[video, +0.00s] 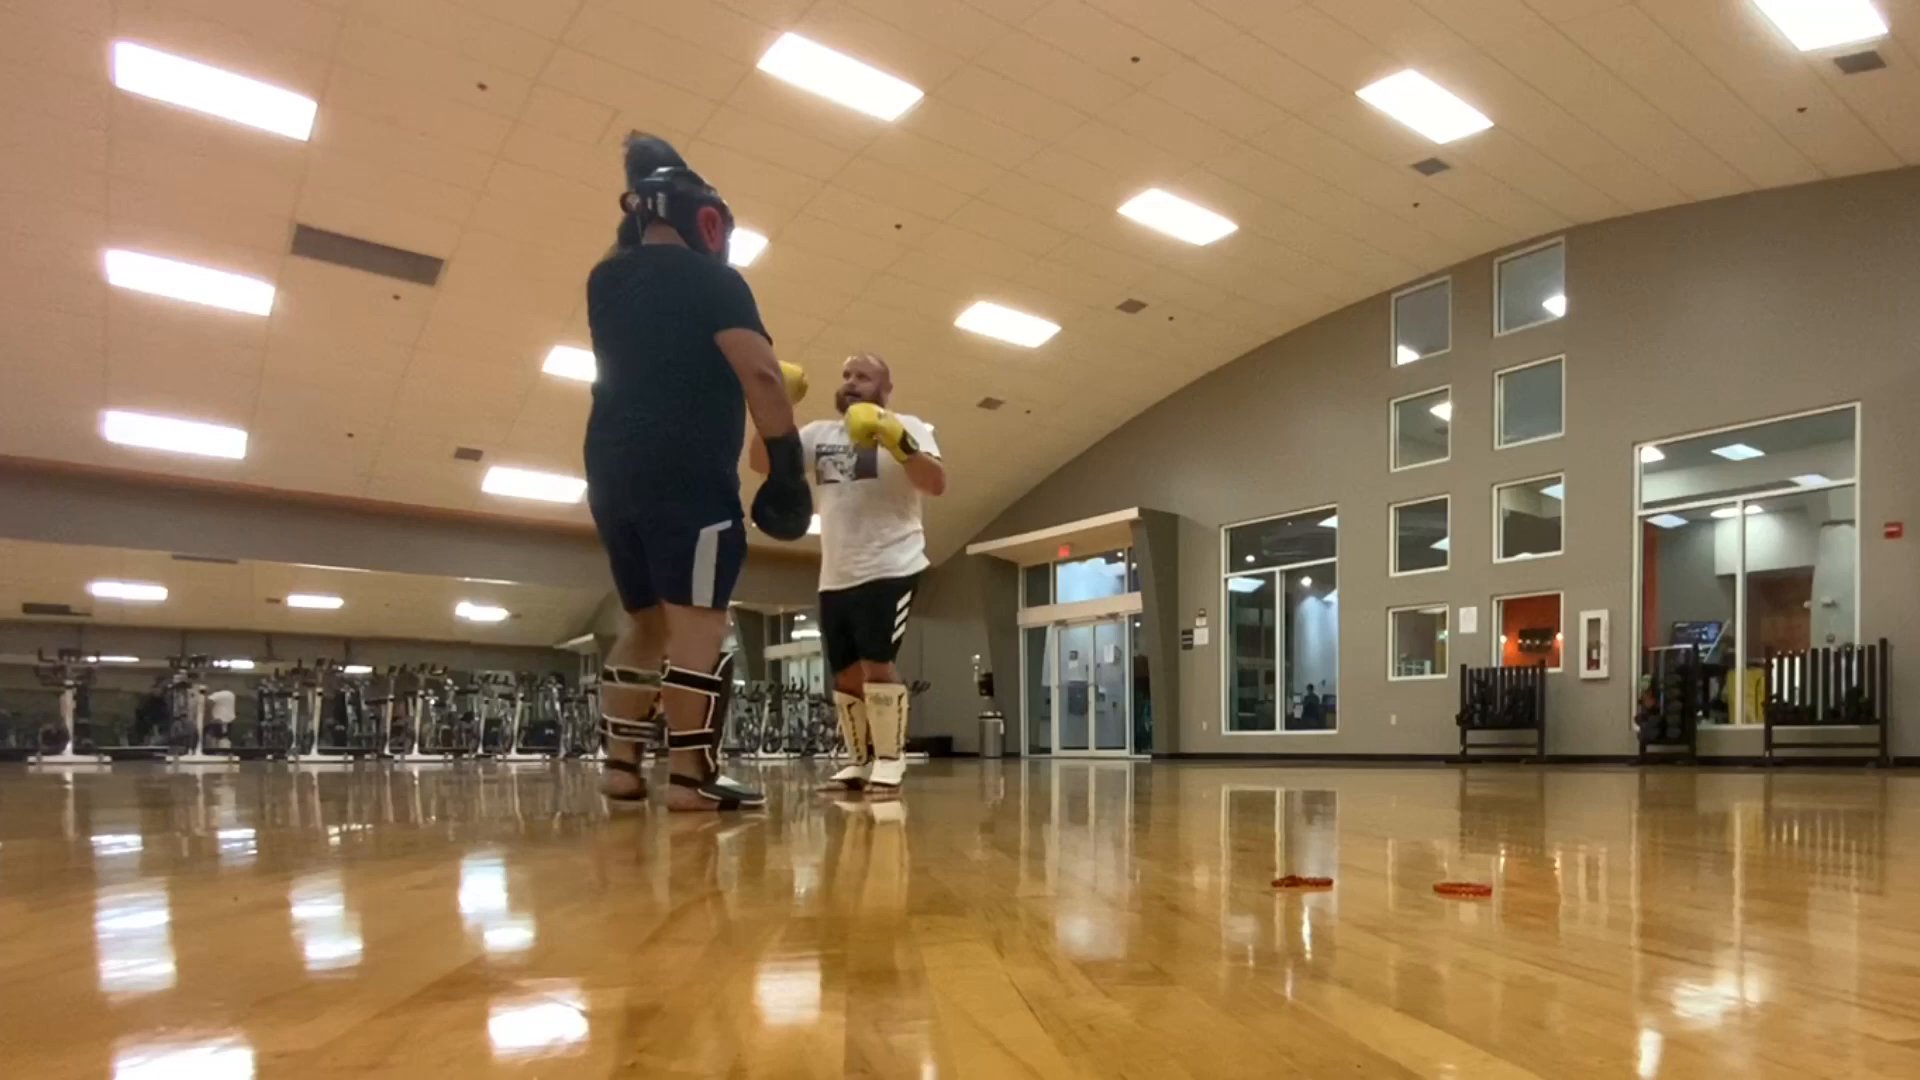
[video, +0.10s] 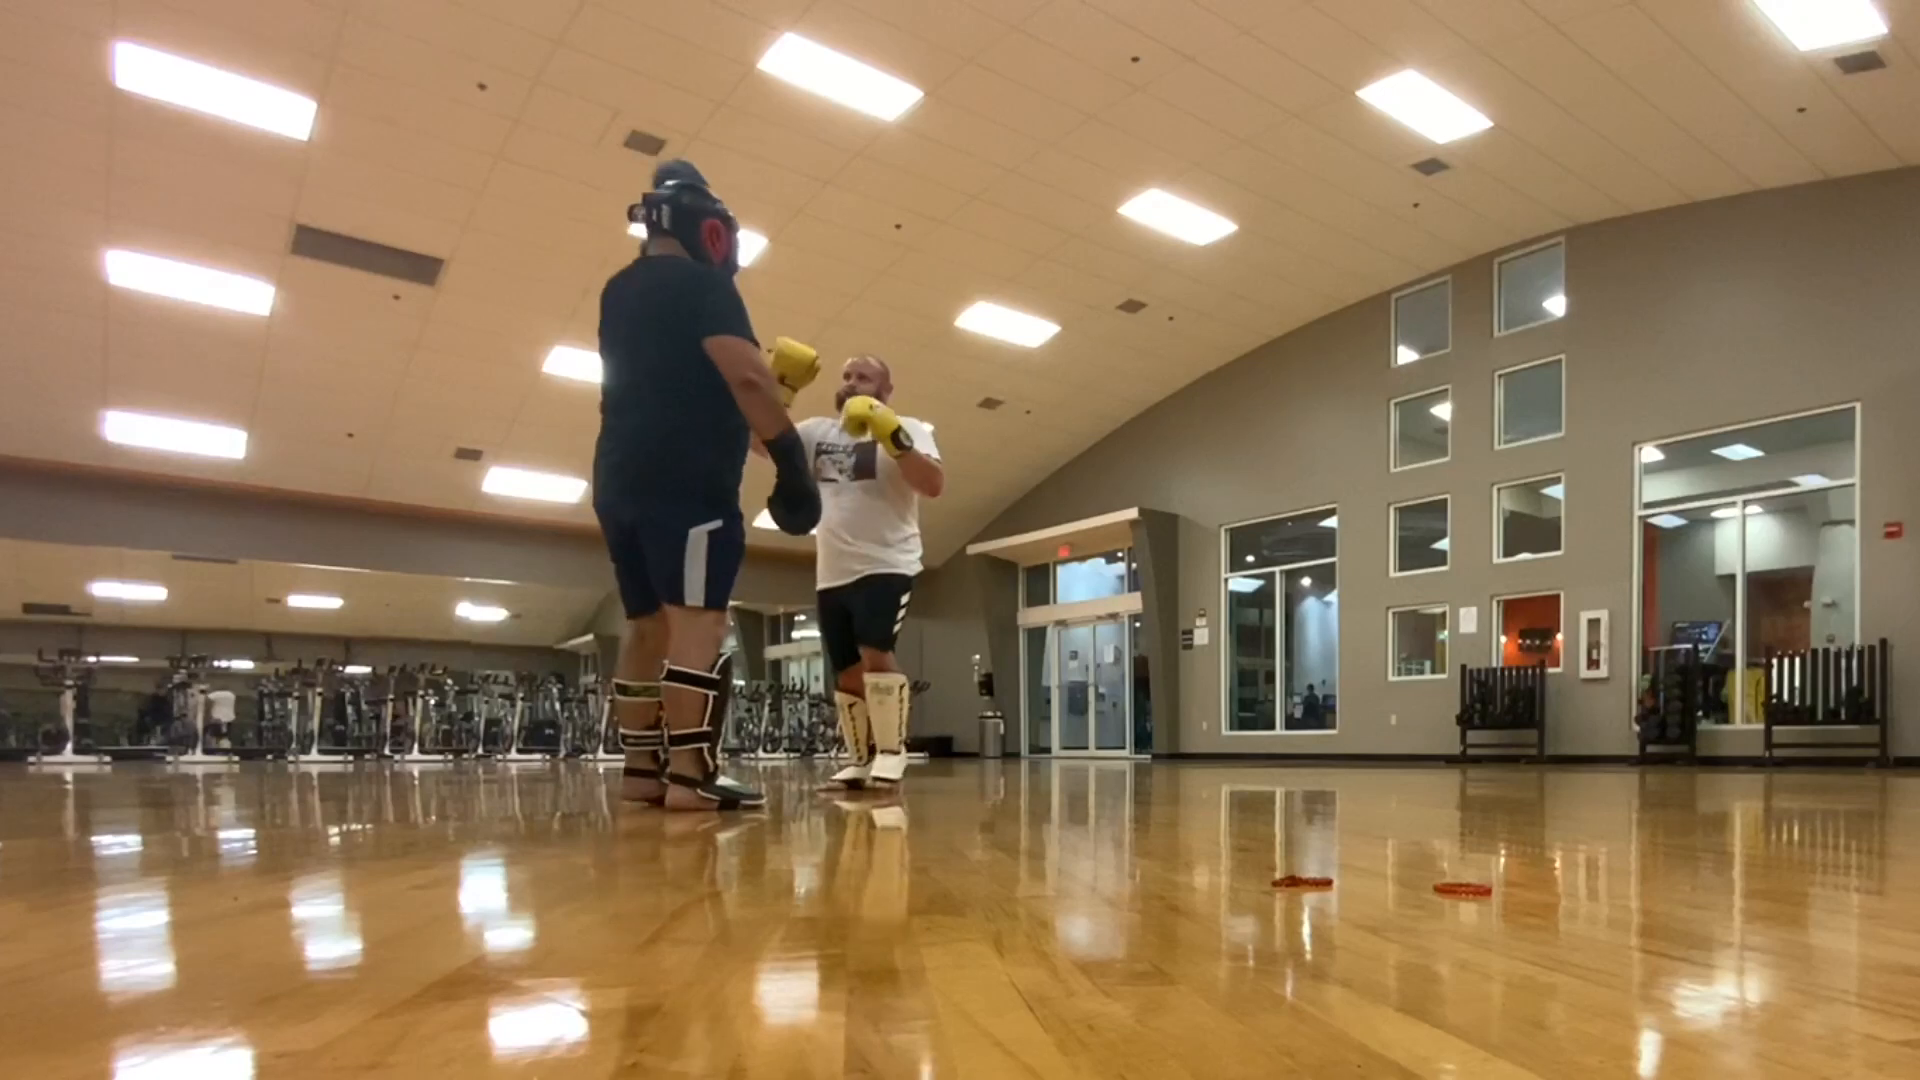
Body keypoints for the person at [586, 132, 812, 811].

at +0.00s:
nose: (724, 243)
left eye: (724, 230)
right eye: (721, 229)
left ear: (643, 220)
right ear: (703, 220)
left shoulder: (606, 279)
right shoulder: (713, 279)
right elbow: (759, 374)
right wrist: (786, 469)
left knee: (646, 621)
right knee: (698, 622)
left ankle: (621, 765)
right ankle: (691, 776)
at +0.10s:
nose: (727, 247)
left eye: (726, 234)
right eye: (723, 233)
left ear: (653, 226)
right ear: (706, 228)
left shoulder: (618, 289)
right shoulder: (704, 284)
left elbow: (667, 376)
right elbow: (746, 377)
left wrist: (759, 378)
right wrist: (792, 463)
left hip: (621, 480)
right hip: (690, 479)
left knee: (647, 625)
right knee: (699, 624)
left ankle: (642, 769)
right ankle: (690, 778)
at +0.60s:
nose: (715, 273)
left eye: (715, 265)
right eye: (709, 261)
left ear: (668, 256)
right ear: (687, 252)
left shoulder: (671, 314)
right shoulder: (643, 285)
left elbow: (714, 312)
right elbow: (642, 351)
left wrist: (758, 257)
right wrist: (724, 416)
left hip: (656, 488)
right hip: (623, 480)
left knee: (643, 620)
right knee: (625, 611)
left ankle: (635, 768)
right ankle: (545, 744)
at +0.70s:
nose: (705, 268)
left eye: (704, 257)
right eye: (700, 254)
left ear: (654, 248)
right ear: (675, 246)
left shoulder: (650, 308)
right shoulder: (630, 286)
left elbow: (679, 364)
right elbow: (659, 375)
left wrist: (729, 319)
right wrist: (727, 401)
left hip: (648, 494)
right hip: (608, 486)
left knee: (632, 628)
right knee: (588, 617)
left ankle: (637, 769)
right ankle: (510, 751)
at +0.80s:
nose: (697, 265)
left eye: (695, 252)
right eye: (690, 250)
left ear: (631, 244)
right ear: (665, 243)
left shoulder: (616, 296)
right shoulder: (627, 289)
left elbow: (655, 391)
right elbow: (691, 389)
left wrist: (719, 388)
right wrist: (734, 385)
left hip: (631, 499)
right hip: (590, 491)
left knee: (631, 628)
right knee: (561, 615)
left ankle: (637, 770)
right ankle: (499, 758)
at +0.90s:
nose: (685, 270)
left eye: (685, 257)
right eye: (682, 255)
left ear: (616, 241)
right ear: (660, 243)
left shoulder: (571, 292)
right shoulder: (633, 289)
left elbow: (587, 396)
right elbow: (707, 388)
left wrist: (663, 421)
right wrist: (734, 382)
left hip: (609, 497)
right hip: (578, 490)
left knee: (634, 622)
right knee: (543, 620)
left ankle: (640, 759)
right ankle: (490, 766)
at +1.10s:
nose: (667, 247)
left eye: (665, 236)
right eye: (665, 235)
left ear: (592, 222)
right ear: (647, 227)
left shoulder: (542, 273)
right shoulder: (635, 280)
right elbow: (702, 376)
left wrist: (666, 305)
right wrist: (712, 320)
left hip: (543, 467)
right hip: (591, 478)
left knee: (613, 618)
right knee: (546, 615)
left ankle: (592, 757)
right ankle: (487, 765)